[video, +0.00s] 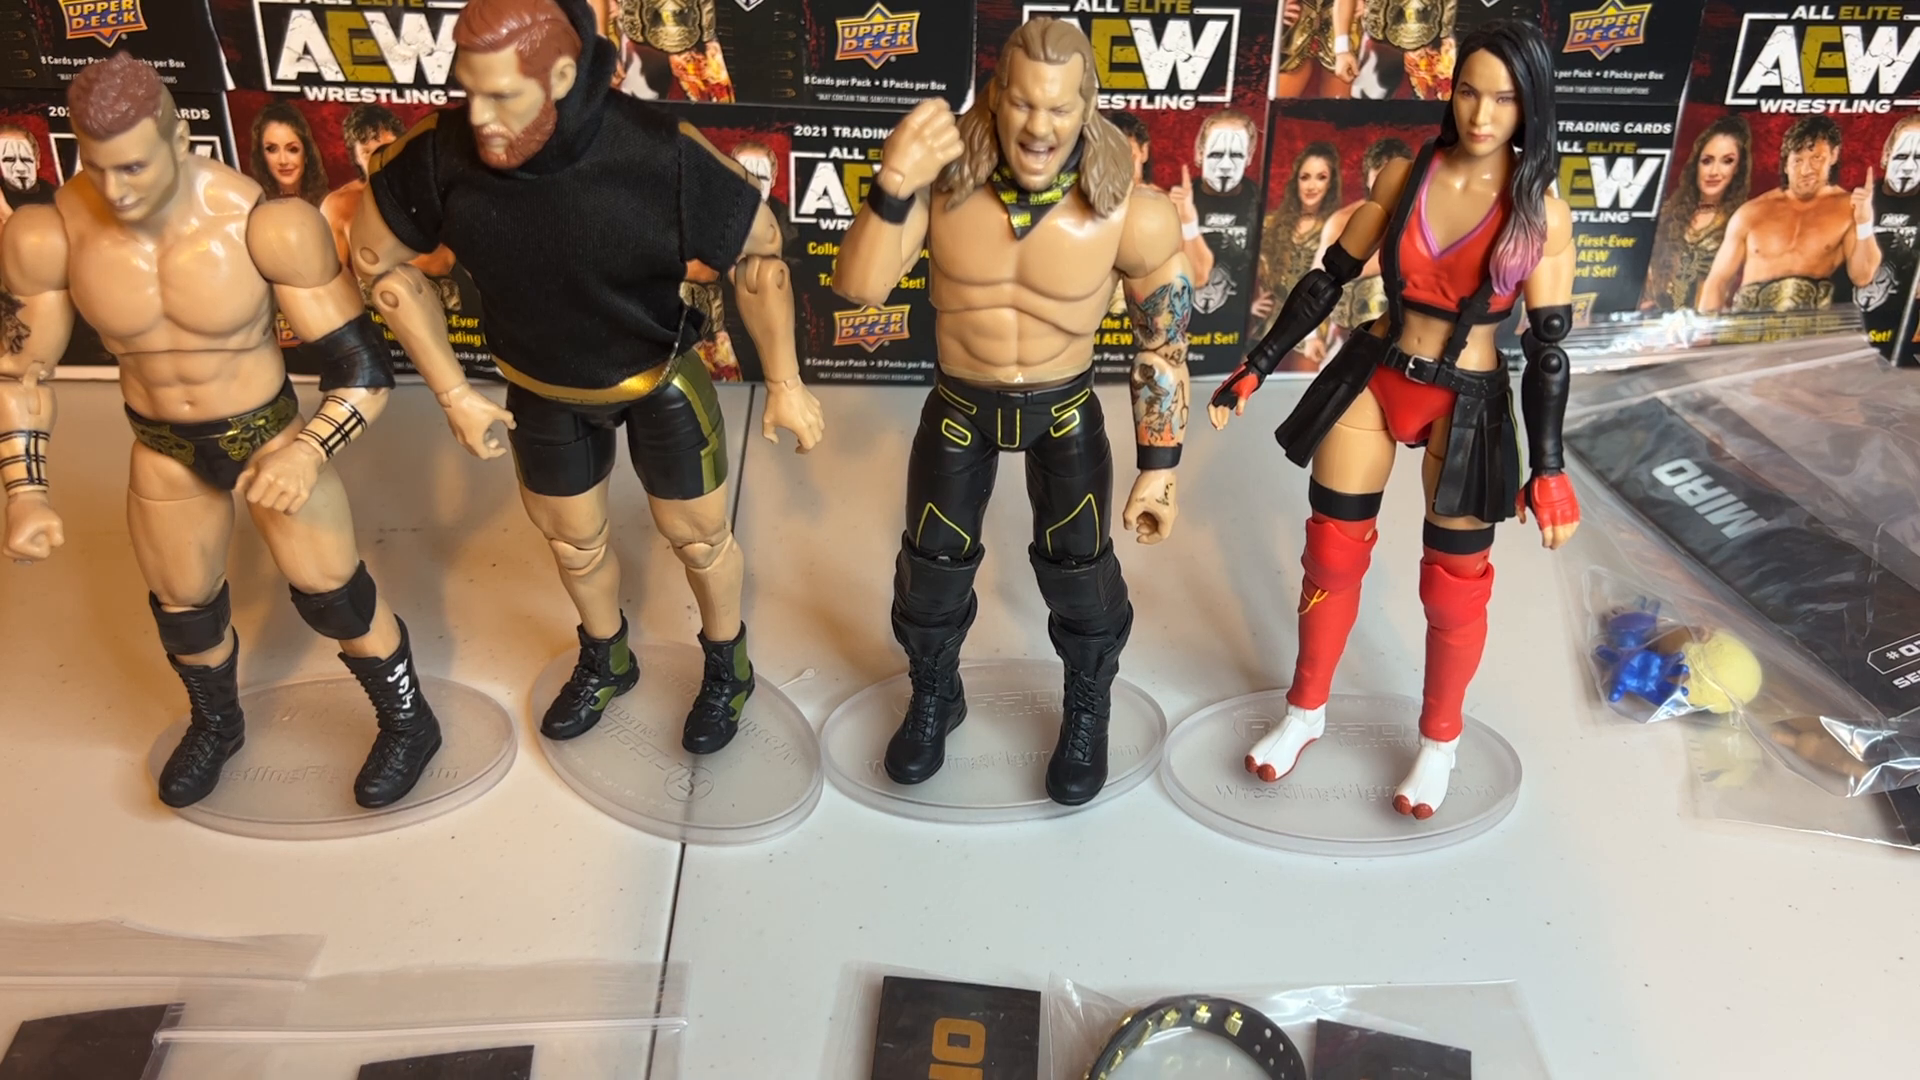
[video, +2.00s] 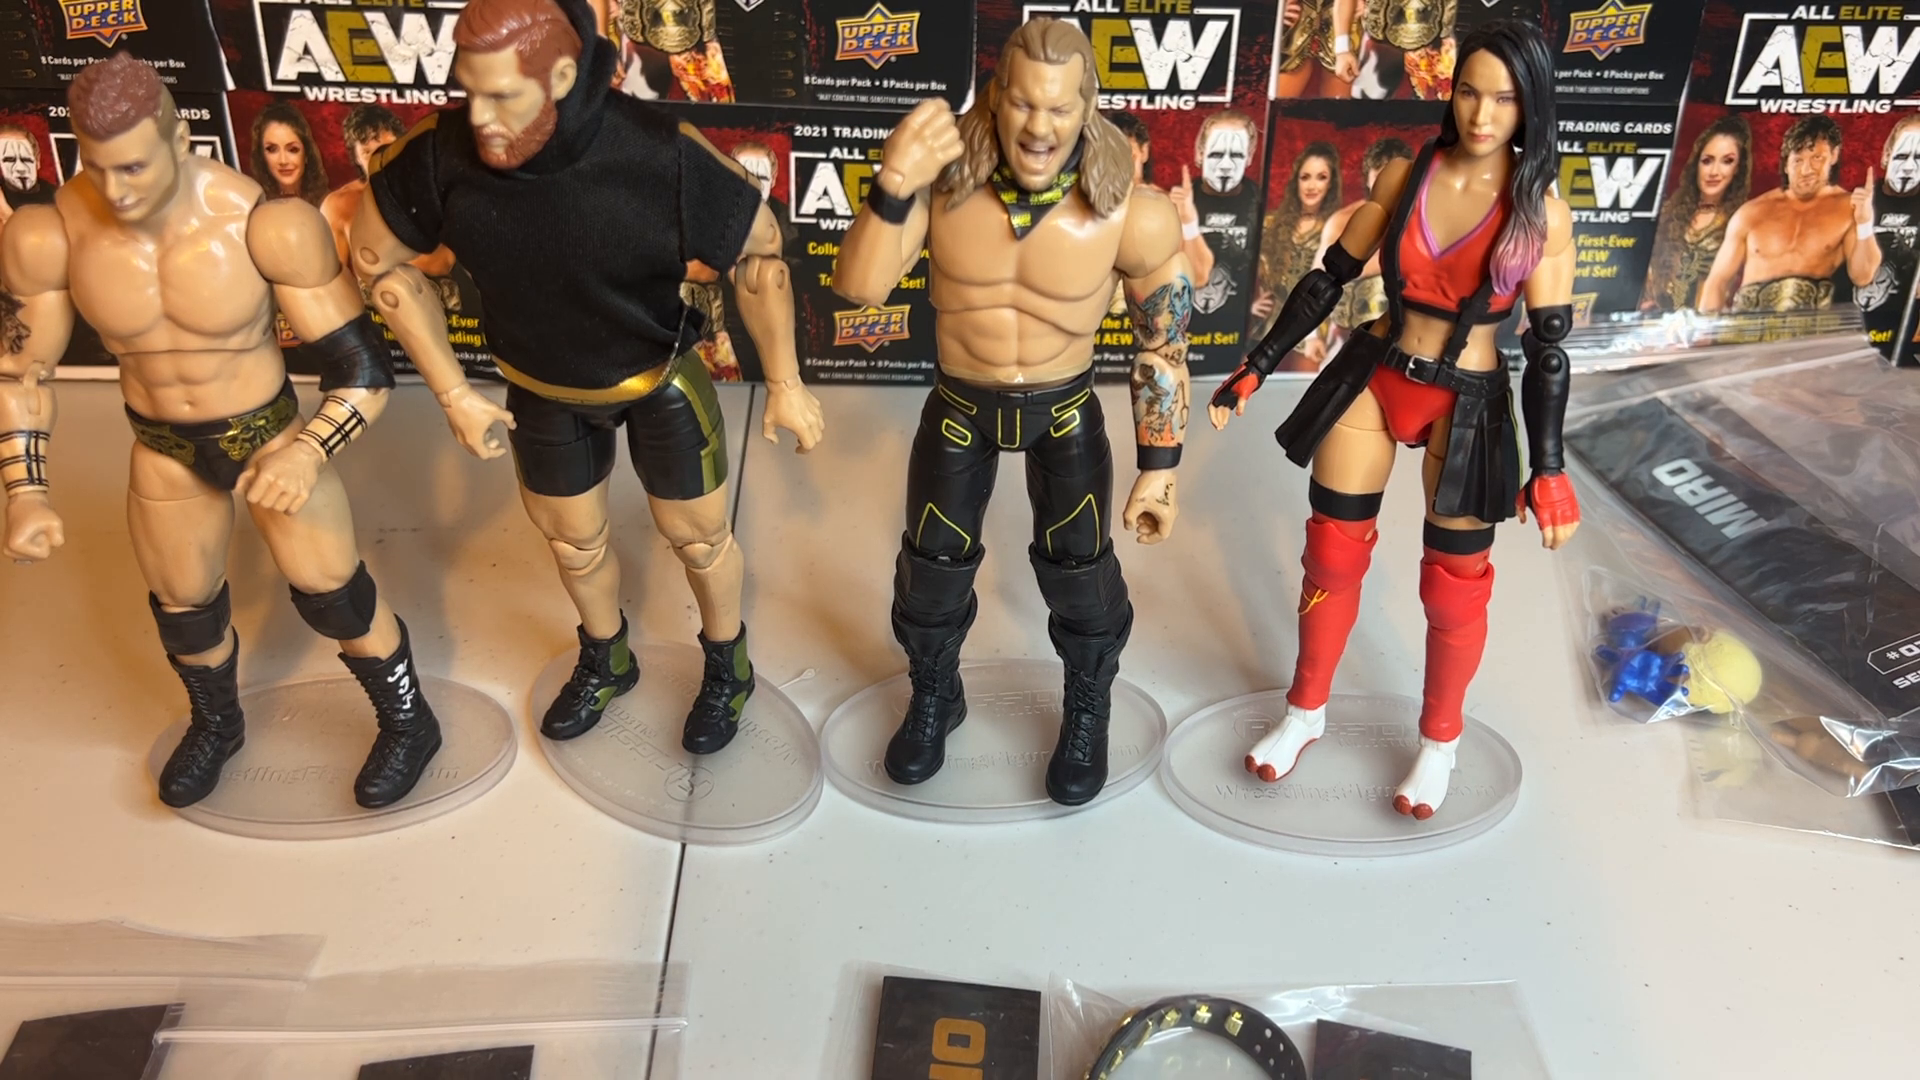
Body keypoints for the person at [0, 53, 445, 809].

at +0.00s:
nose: (118, 188)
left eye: (134, 167)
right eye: (100, 169)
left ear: (178, 138)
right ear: (80, 151)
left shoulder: (268, 225)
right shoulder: (54, 232)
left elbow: (363, 370)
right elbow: (23, 371)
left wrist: (311, 446)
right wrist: (21, 487)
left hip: (269, 441)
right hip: (161, 452)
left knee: (336, 600)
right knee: (186, 617)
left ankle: (409, 722)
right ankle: (216, 722)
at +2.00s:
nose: (118, 188)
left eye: (134, 167)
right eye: (100, 169)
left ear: (178, 138)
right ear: (80, 150)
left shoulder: (268, 225)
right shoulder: (52, 233)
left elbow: (362, 370)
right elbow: (23, 372)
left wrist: (312, 446)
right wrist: (22, 486)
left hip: (269, 440)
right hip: (161, 451)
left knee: (336, 598)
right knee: (186, 616)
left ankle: (408, 721)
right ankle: (216, 723)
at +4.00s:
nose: (118, 188)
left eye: (134, 168)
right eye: (100, 170)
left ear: (178, 138)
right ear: (81, 151)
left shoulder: (269, 225)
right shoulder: (54, 232)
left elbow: (363, 370)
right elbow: (23, 372)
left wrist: (312, 446)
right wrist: (22, 487)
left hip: (269, 441)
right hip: (161, 452)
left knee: (336, 598)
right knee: (186, 615)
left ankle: (408, 721)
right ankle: (216, 722)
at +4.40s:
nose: (118, 188)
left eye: (135, 168)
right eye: (101, 170)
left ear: (178, 138)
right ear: (81, 151)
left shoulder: (268, 225)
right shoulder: (53, 233)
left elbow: (363, 370)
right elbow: (23, 372)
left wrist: (311, 447)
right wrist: (22, 487)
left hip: (269, 441)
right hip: (161, 452)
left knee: (336, 598)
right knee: (186, 615)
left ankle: (408, 721)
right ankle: (217, 723)